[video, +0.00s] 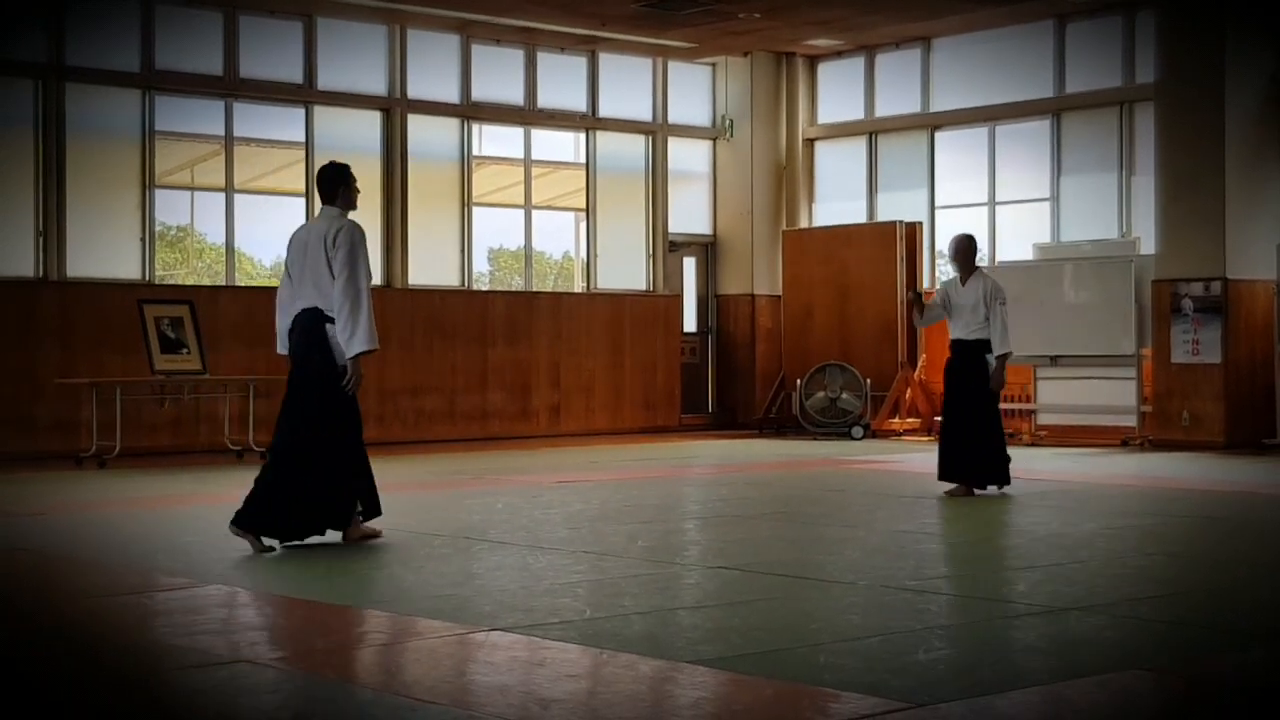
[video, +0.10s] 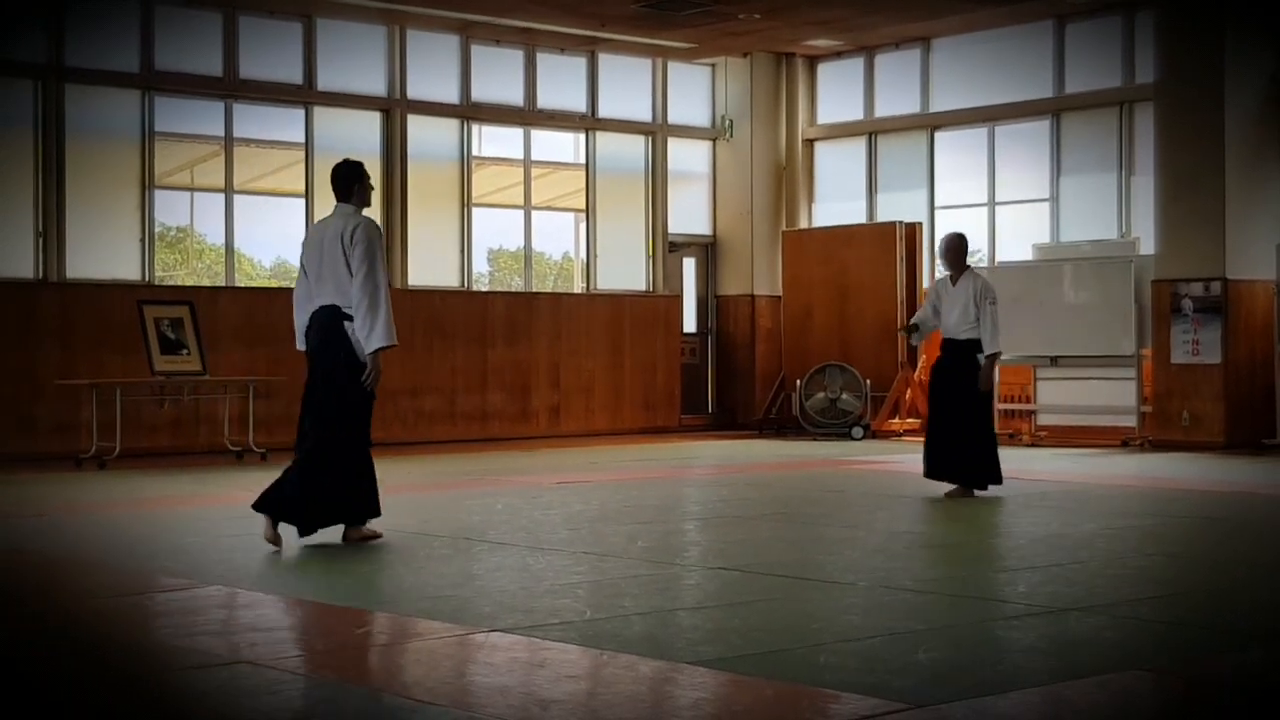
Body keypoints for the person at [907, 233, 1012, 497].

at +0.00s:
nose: (951, 256)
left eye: (956, 251)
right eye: (950, 251)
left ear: (970, 253)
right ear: (952, 255)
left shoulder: (989, 286)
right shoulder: (949, 289)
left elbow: (999, 328)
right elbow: (923, 319)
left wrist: (1000, 367)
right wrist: (916, 304)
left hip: (981, 357)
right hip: (957, 356)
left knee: (979, 418)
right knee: (958, 418)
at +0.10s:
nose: (943, 255)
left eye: (947, 250)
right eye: (942, 251)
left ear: (961, 252)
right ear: (943, 254)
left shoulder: (980, 285)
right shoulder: (941, 285)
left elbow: (990, 328)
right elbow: (930, 312)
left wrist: (989, 367)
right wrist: (914, 325)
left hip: (972, 356)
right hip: (948, 355)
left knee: (969, 418)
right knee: (949, 416)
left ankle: (968, 482)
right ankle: (961, 480)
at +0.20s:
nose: (933, 254)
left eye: (938, 249)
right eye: (931, 249)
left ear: (953, 251)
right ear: (931, 251)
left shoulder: (970, 285)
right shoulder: (929, 287)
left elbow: (979, 326)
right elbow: (920, 319)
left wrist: (976, 366)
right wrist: (907, 347)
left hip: (961, 354)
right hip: (935, 354)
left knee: (961, 418)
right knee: (932, 415)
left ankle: (964, 482)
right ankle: (940, 474)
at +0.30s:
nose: (920, 255)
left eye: (924, 250)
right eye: (919, 250)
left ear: (940, 252)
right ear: (923, 253)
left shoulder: (959, 286)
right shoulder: (916, 289)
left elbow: (968, 327)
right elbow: (911, 325)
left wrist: (966, 366)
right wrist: (903, 354)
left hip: (952, 357)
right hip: (924, 357)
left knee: (956, 421)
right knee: (915, 417)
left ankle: (962, 482)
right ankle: (913, 480)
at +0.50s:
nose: (895, 259)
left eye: (900, 254)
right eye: (894, 254)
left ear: (915, 257)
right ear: (895, 258)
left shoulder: (931, 289)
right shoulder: (890, 293)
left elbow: (941, 330)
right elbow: (886, 330)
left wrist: (941, 369)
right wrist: (881, 363)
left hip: (925, 359)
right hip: (898, 360)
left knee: (939, 421)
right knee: (890, 421)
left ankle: (959, 479)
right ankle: (884, 484)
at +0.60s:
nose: (881, 257)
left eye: (885, 252)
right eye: (880, 252)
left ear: (901, 255)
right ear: (884, 256)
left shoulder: (919, 287)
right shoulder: (877, 292)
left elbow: (927, 330)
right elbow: (870, 330)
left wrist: (926, 369)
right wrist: (866, 366)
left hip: (909, 358)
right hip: (882, 359)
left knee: (917, 421)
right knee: (881, 422)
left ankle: (949, 469)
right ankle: (882, 487)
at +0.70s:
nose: (870, 255)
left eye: (875, 251)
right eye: (869, 251)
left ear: (890, 253)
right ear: (873, 255)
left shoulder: (908, 284)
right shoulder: (866, 289)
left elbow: (915, 326)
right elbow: (858, 327)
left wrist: (911, 367)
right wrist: (852, 365)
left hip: (897, 354)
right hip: (873, 355)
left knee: (896, 416)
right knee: (872, 418)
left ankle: (926, 467)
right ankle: (880, 485)